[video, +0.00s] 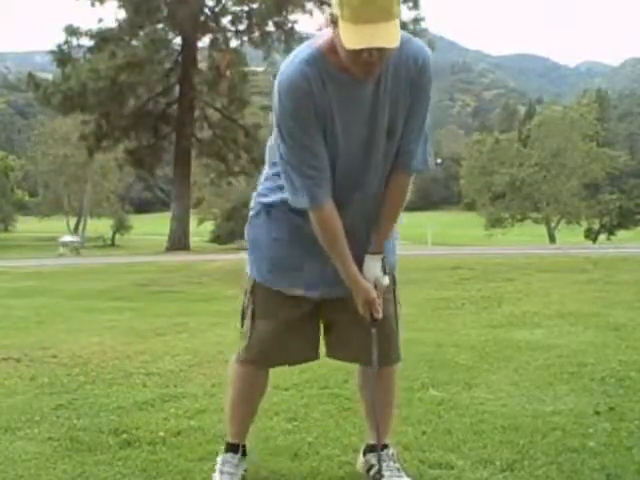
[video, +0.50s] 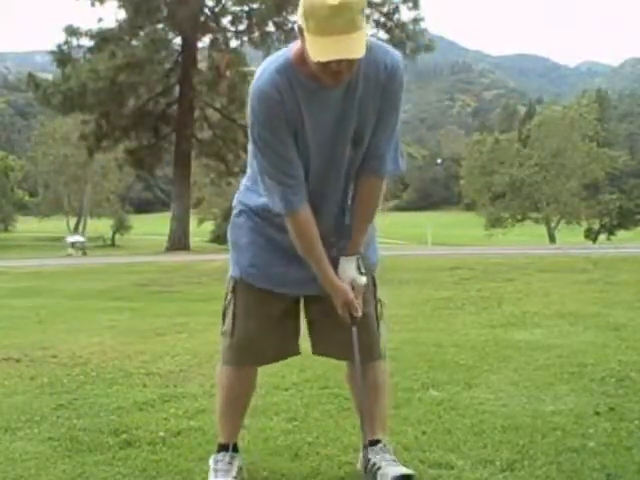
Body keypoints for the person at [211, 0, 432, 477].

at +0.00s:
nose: (371, 57)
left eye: (381, 46)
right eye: (359, 47)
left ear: (395, 28)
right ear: (333, 27)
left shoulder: (413, 63)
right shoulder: (299, 79)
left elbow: (403, 166)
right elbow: (316, 195)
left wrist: (375, 253)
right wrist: (353, 277)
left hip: (368, 227)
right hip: (291, 222)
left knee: (381, 343)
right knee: (259, 344)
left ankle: (379, 453)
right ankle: (233, 454)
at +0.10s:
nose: (366, 64)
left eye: (376, 52)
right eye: (353, 54)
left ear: (390, 32)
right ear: (327, 31)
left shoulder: (406, 67)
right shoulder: (294, 82)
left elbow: (394, 171)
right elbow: (310, 199)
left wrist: (370, 260)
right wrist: (347, 279)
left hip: (360, 225)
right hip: (283, 222)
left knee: (378, 340)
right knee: (250, 341)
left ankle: (380, 453)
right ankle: (229, 454)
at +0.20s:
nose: (358, 70)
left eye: (368, 58)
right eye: (345, 60)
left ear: (381, 39)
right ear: (319, 38)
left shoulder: (397, 71)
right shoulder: (285, 89)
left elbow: (388, 173)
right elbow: (304, 206)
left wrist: (363, 261)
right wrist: (341, 284)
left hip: (352, 227)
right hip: (277, 224)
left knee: (375, 339)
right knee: (248, 343)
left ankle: (379, 452)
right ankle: (227, 455)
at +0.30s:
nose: (348, 71)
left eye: (359, 60)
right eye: (336, 61)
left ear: (372, 40)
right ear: (312, 41)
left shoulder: (392, 75)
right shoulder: (278, 90)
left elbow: (380, 174)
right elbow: (297, 205)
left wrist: (356, 260)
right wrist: (333, 284)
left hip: (347, 226)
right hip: (272, 224)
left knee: (371, 339)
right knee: (247, 344)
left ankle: (378, 452)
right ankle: (227, 455)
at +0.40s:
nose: (342, 68)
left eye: (353, 56)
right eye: (329, 58)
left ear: (366, 36)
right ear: (307, 37)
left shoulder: (388, 71)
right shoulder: (274, 88)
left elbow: (376, 173)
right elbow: (292, 200)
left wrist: (352, 259)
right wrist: (328, 277)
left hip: (347, 227)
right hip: (270, 226)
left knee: (368, 342)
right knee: (244, 342)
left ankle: (377, 451)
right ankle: (226, 453)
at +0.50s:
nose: (337, 64)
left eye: (348, 52)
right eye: (324, 54)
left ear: (363, 33)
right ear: (302, 35)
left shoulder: (385, 68)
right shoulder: (272, 86)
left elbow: (375, 169)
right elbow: (290, 199)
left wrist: (352, 256)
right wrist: (328, 277)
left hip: (346, 226)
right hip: (269, 225)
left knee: (367, 341)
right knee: (243, 342)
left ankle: (377, 450)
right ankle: (226, 454)